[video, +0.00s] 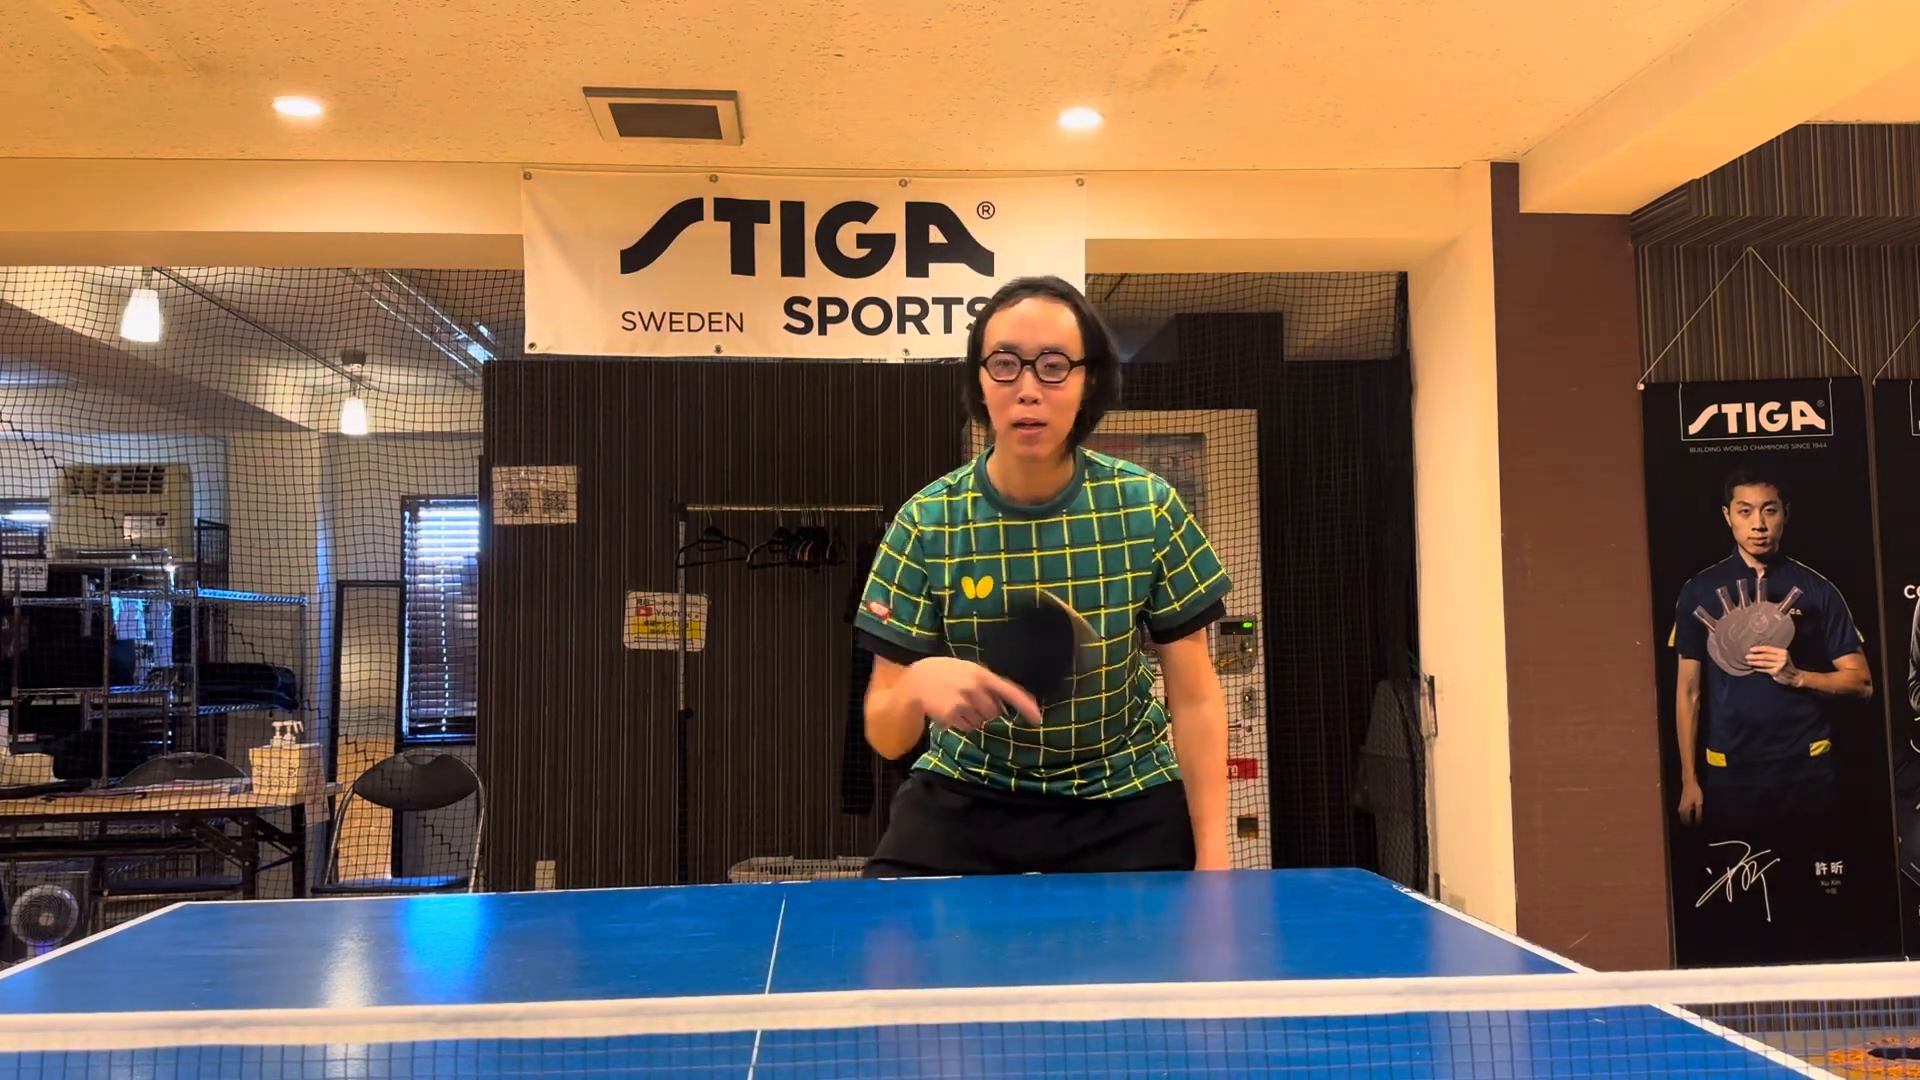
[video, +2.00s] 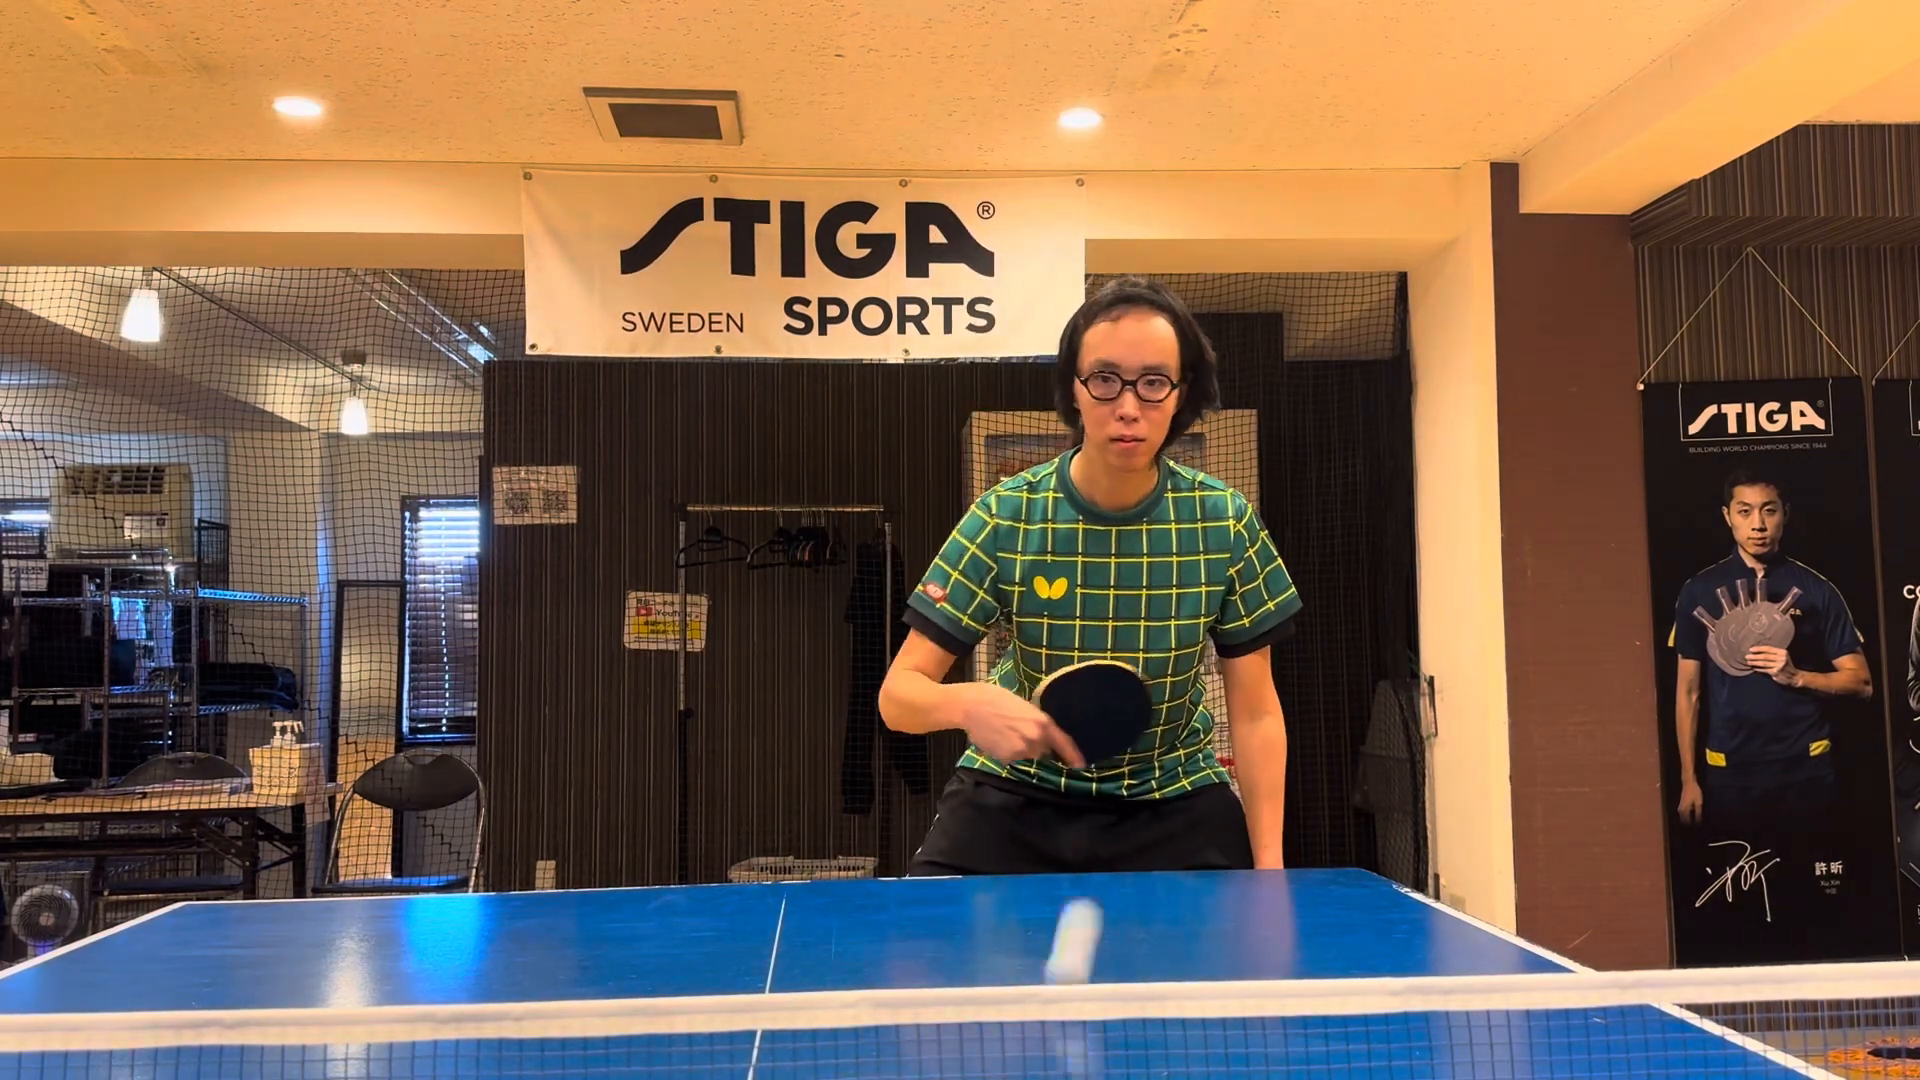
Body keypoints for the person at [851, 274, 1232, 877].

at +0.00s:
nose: (1028, 388)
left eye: (1053, 366)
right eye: (1007, 364)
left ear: (1088, 383)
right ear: (980, 381)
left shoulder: (1148, 510)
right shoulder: (927, 522)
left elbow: (1195, 697)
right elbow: (885, 736)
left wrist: (1214, 867)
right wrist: (916, 681)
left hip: (1123, 799)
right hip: (963, 797)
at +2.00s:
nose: (1129, 406)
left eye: (1154, 382)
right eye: (1105, 379)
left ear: (1182, 394)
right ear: (1074, 389)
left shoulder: (1223, 521)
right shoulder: (1005, 516)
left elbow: (1256, 713)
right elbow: (898, 696)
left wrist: (1269, 875)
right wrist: (968, 704)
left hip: (1174, 801)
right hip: (1012, 798)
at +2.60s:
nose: (1111, 364)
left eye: (1137, 344)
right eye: (1089, 341)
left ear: (1169, 367)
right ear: (1060, 360)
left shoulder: (1211, 504)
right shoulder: (996, 506)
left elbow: (1241, 689)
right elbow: (927, 710)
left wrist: (1270, 847)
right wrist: (877, 656)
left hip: (1168, 788)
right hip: (1007, 787)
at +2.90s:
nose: (1056, 353)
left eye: (1082, 332)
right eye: (1035, 331)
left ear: (1117, 354)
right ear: (1012, 351)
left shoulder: (1175, 492)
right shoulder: (959, 501)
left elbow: (1216, 672)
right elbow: (931, 702)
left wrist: (1260, 830)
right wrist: (831, 641)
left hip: (1152, 794)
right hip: (988, 793)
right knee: (905, 977)